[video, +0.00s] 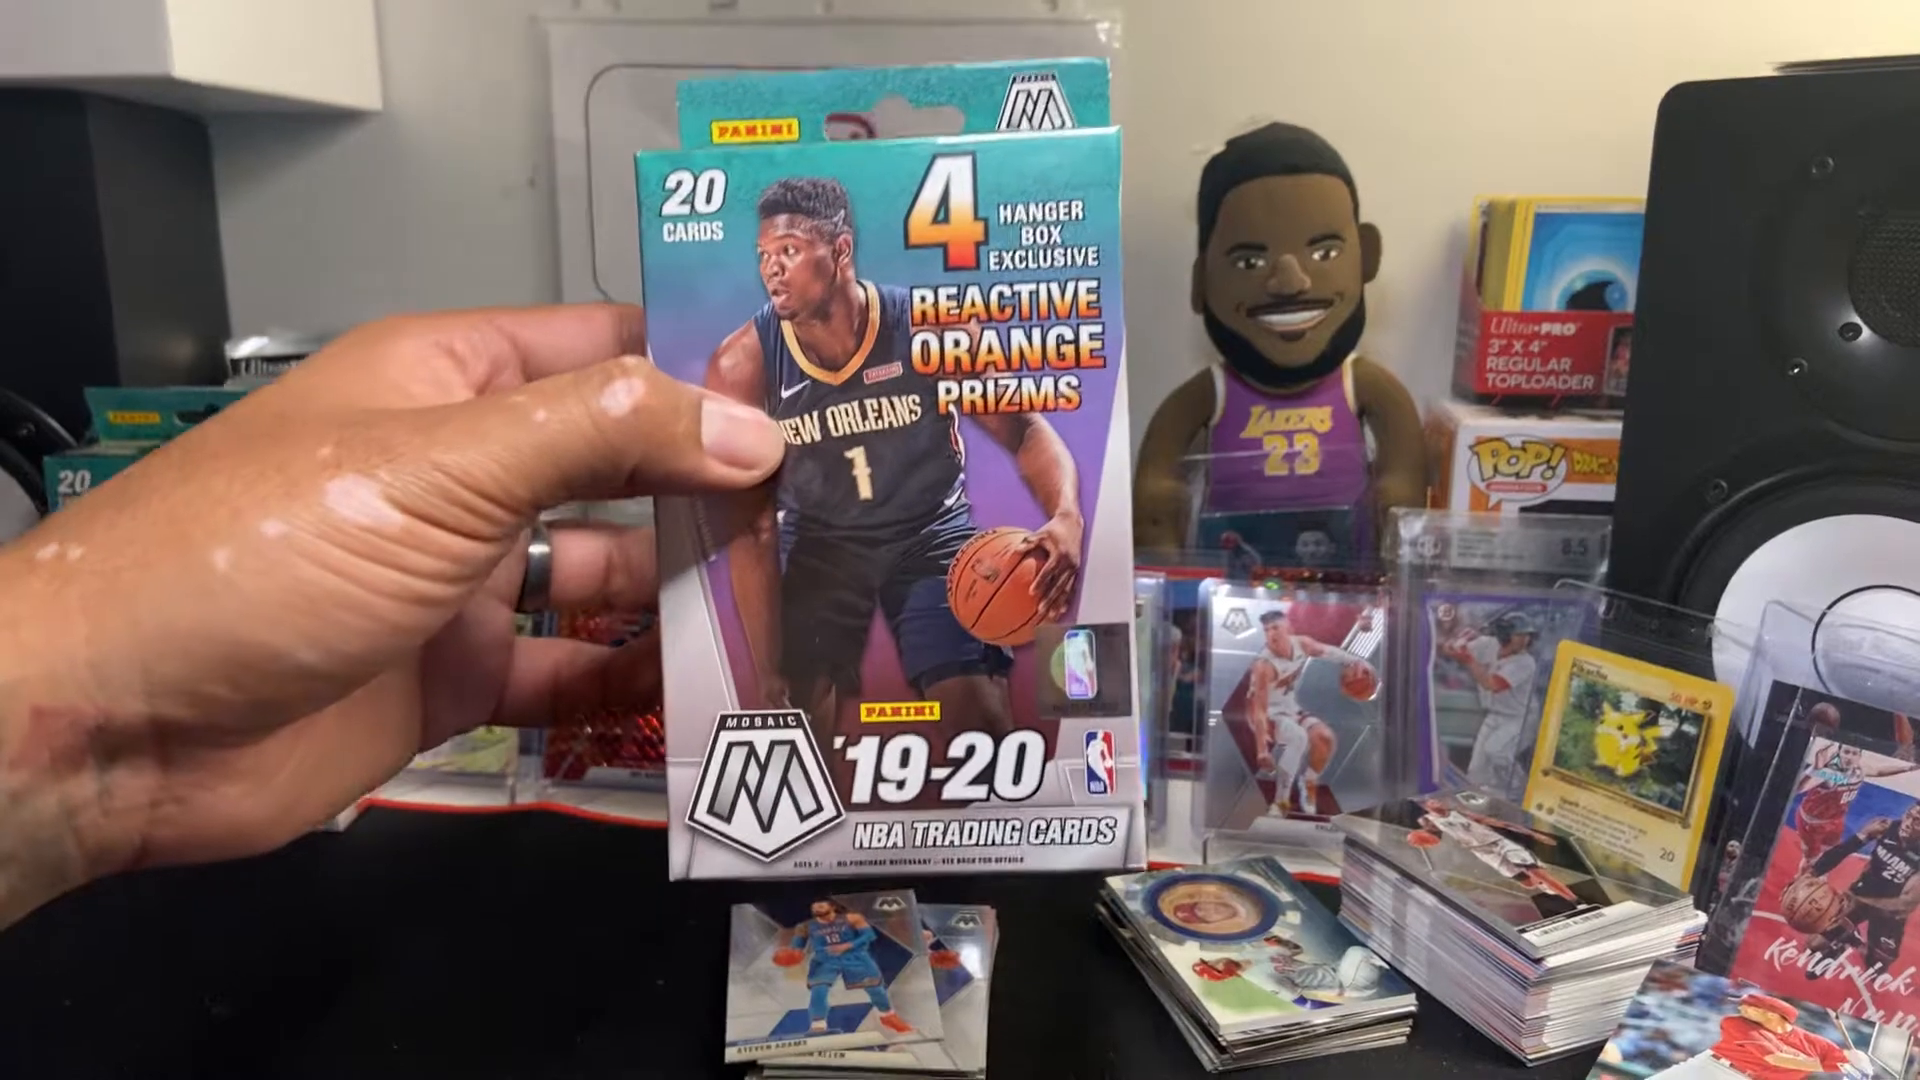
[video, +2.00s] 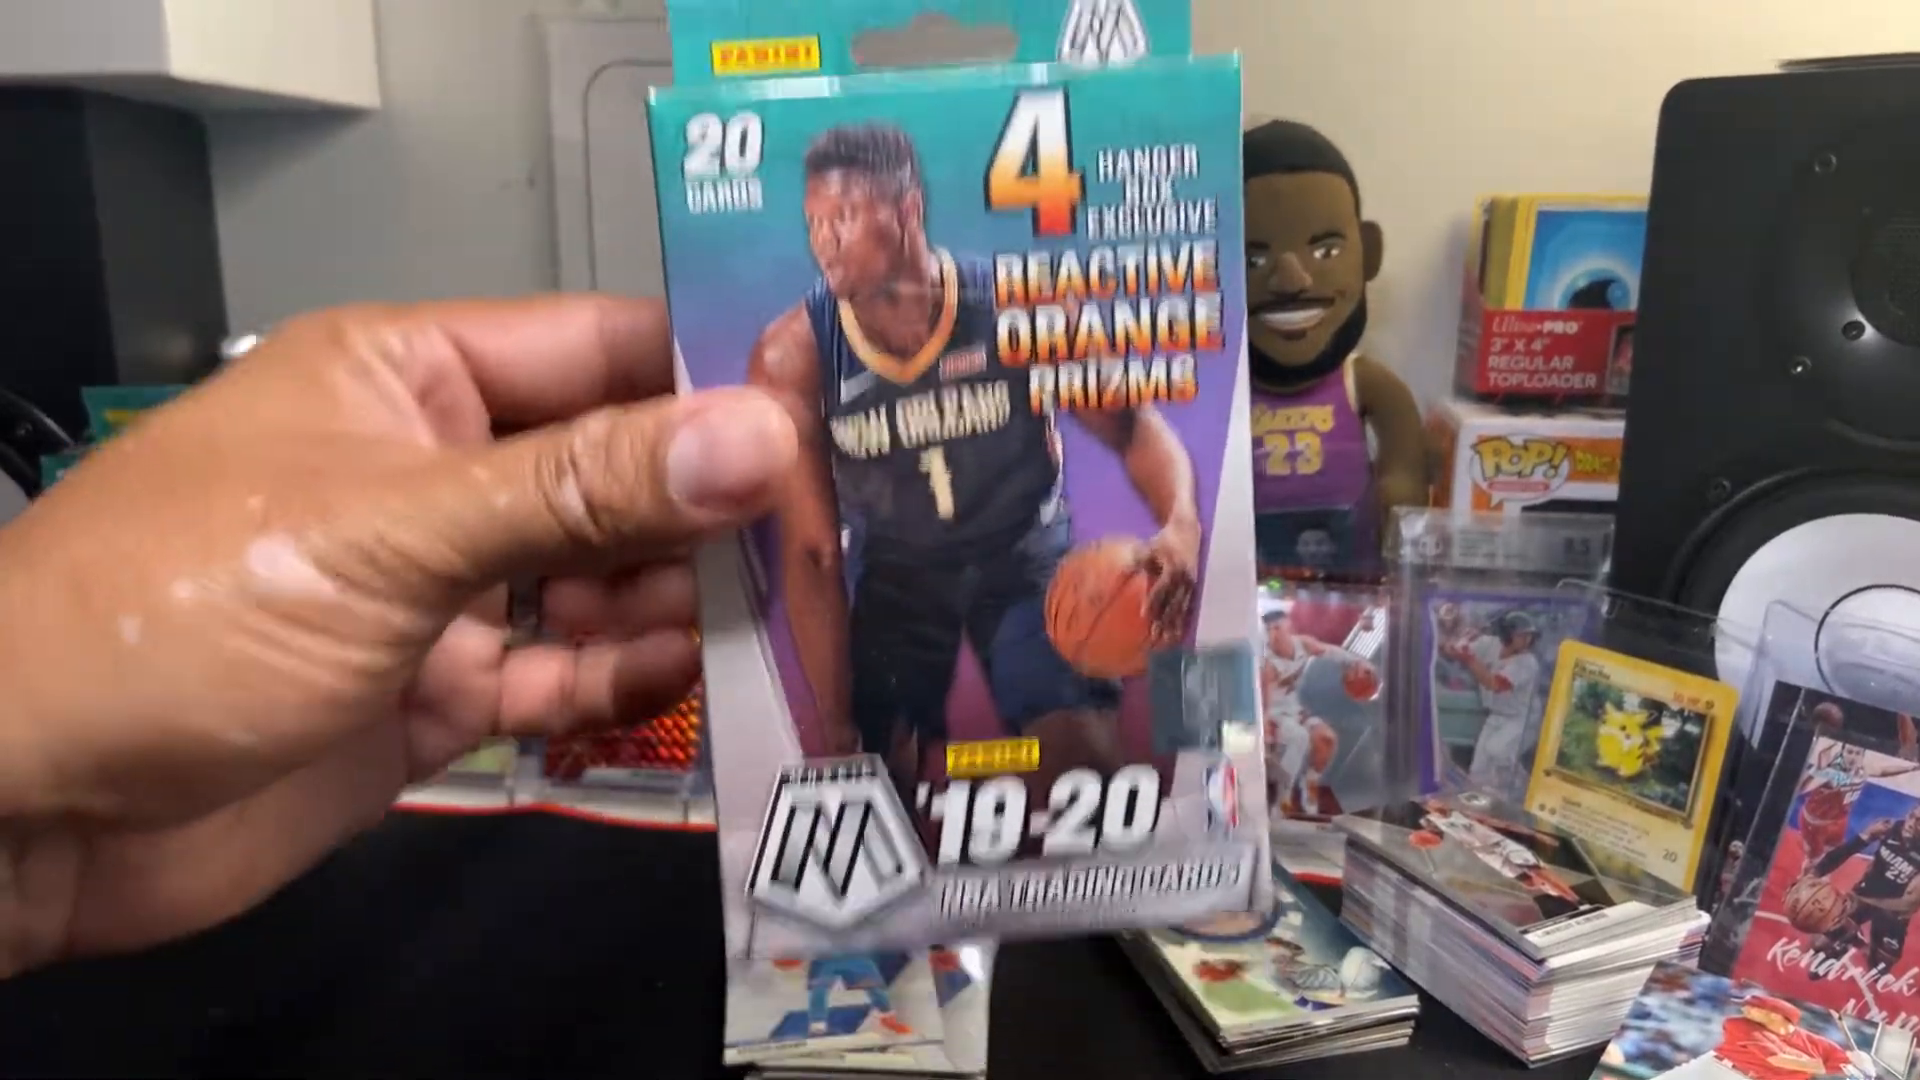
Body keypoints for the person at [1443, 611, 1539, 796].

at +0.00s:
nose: (1526, 640)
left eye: (1527, 636)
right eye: (1521, 635)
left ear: (1529, 638)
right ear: (1507, 636)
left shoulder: (1526, 663)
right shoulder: (1488, 644)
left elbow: (1494, 684)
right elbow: (1451, 650)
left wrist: (1470, 661)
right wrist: (1456, 645)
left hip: (1519, 720)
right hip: (1494, 717)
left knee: (1494, 751)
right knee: (1477, 768)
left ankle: (1521, 791)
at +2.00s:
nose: (1527, 641)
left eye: (1529, 636)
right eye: (1522, 636)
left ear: (1532, 638)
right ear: (1509, 636)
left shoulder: (1528, 662)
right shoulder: (1490, 645)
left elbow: (1496, 684)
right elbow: (1458, 651)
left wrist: (1470, 660)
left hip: (1517, 721)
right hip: (1495, 717)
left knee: (1497, 752)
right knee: (1479, 762)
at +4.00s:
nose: (1527, 641)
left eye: (1530, 637)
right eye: (1523, 635)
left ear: (1533, 639)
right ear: (1510, 635)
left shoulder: (1528, 663)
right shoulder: (1491, 646)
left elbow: (1497, 685)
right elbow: (1457, 651)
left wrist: (1471, 661)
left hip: (1518, 722)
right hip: (1495, 718)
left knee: (1496, 752)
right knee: (1479, 763)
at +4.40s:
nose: (1528, 641)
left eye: (1531, 636)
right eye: (1524, 635)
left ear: (1533, 638)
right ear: (1511, 635)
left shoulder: (1529, 662)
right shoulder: (1493, 646)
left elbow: (1498, 685)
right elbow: (1457, 651)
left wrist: (1472, 661)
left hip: (1518, 722)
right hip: (1496, 718)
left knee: (1496, 753)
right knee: (1480, 763)